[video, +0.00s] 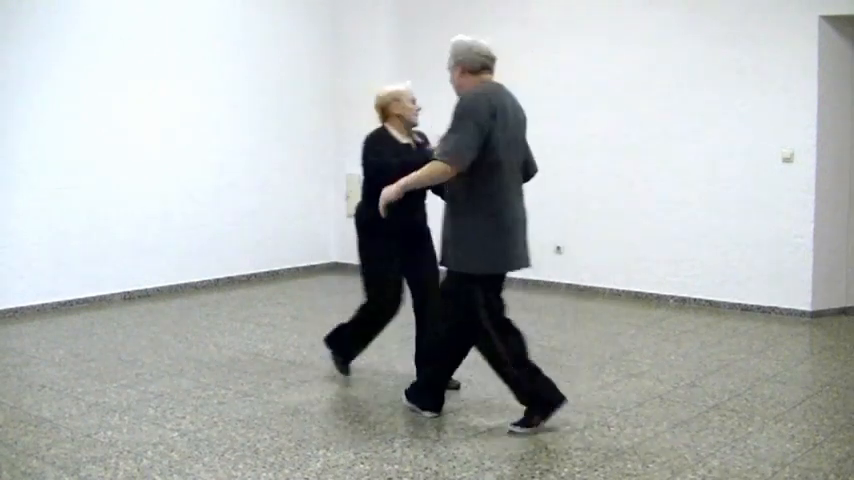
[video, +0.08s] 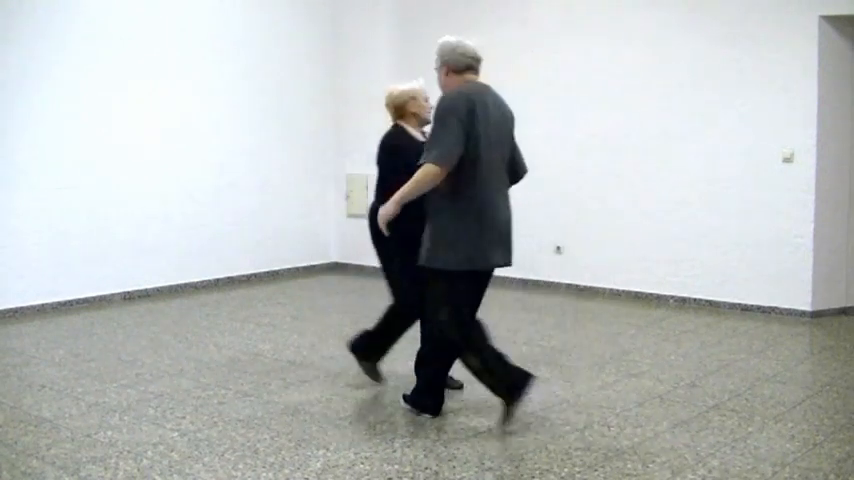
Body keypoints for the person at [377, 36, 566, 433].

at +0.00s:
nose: (451, 81)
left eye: (452, 74)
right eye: (452, 74)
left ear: (462, 70)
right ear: (488, 68)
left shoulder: (474, 102)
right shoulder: (507, 103)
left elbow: (448, 165)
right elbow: (526, 168)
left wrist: (401, 185)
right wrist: (472, 184)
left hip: (474, 237)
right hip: (498, 234)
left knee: (483, 319)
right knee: (455, 314)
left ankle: (541, 398)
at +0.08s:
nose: (438, 80)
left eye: (438, 73)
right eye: (439, 74)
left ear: (446, 70)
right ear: (475, 68)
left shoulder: (454, 102)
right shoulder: (498, 105)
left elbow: (437, 166)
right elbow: (515, 169)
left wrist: (396, 200)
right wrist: (472, 191)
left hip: (455, 232)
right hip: (488, 232)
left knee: (447, 316)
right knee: (451, 316)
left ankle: (509, 383)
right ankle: (426, 397)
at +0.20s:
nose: (423, 77)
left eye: (422, 72)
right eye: (424, 73)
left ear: (427, 68)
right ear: (459, 67)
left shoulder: (430, 98)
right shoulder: (485, 104)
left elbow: (419, 165)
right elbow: (500, 170)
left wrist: (396, 217)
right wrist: (465, 197)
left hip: (433, 228)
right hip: (475, 231)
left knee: (403, 304)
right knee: (447, 313)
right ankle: (428, 391)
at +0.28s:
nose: (416, 72)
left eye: (415, 67)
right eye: (419, 68)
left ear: (419, 66)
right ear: (452, 65)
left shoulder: (417, 96)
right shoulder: (477, 101)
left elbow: (407, 161)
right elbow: (495, 170)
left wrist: (393, 214)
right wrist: (468, 202)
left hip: (421, 228)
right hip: (464, 228)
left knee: (388, 302)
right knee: (454, 306)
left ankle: (426, 396)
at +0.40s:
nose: (409, 71)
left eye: (408, 67)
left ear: (409, 65)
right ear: (446, 65)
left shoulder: (400, 94)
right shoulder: (468, 100)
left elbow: (385, 156)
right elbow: (494, 166)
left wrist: (374, 209)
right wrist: (478, 197)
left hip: (400, 228)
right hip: (451, 231)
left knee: (377, 305)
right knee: (435, 316)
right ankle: (421, 401)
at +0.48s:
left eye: (408, 64)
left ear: (407, 64)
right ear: (442, 66)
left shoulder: (389, 96)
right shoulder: (462, 101)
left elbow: (368, 160)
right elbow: (490, 165)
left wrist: (356, 210)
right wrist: (484, 201)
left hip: (387, 227)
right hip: (440, 230)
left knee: (375, 303)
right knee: (418, 314)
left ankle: (366, 391)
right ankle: (407, 399)